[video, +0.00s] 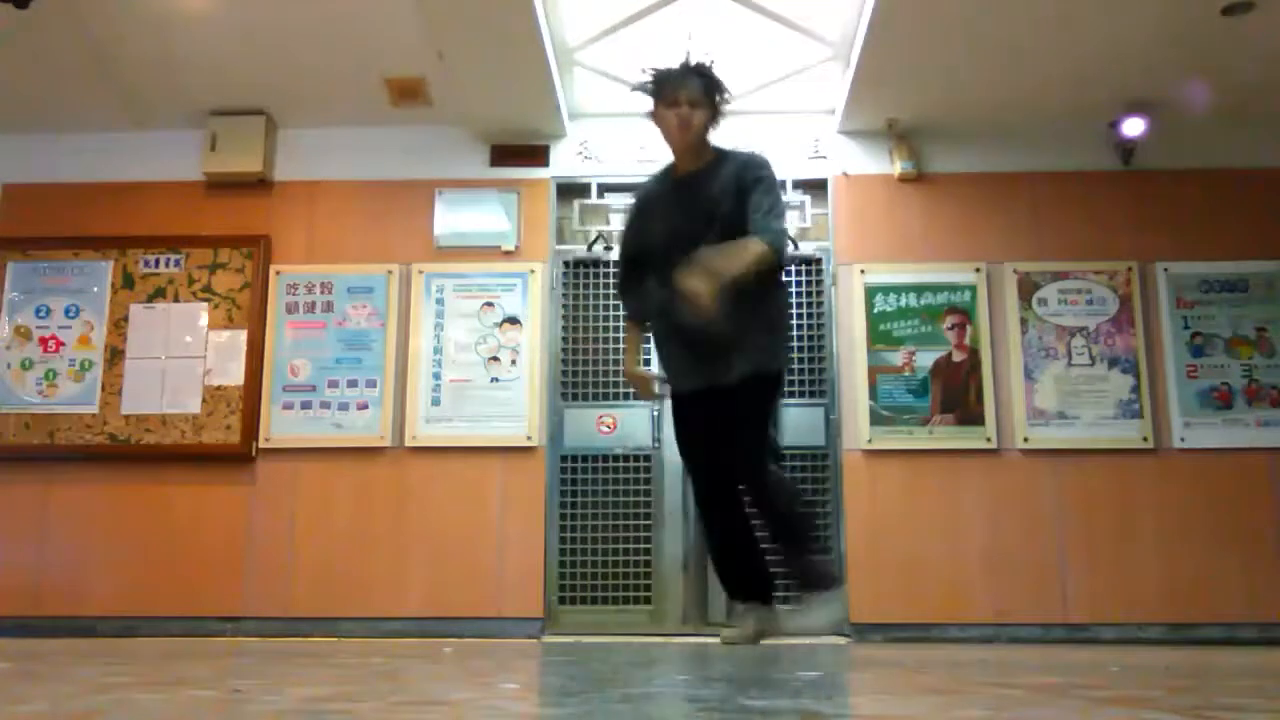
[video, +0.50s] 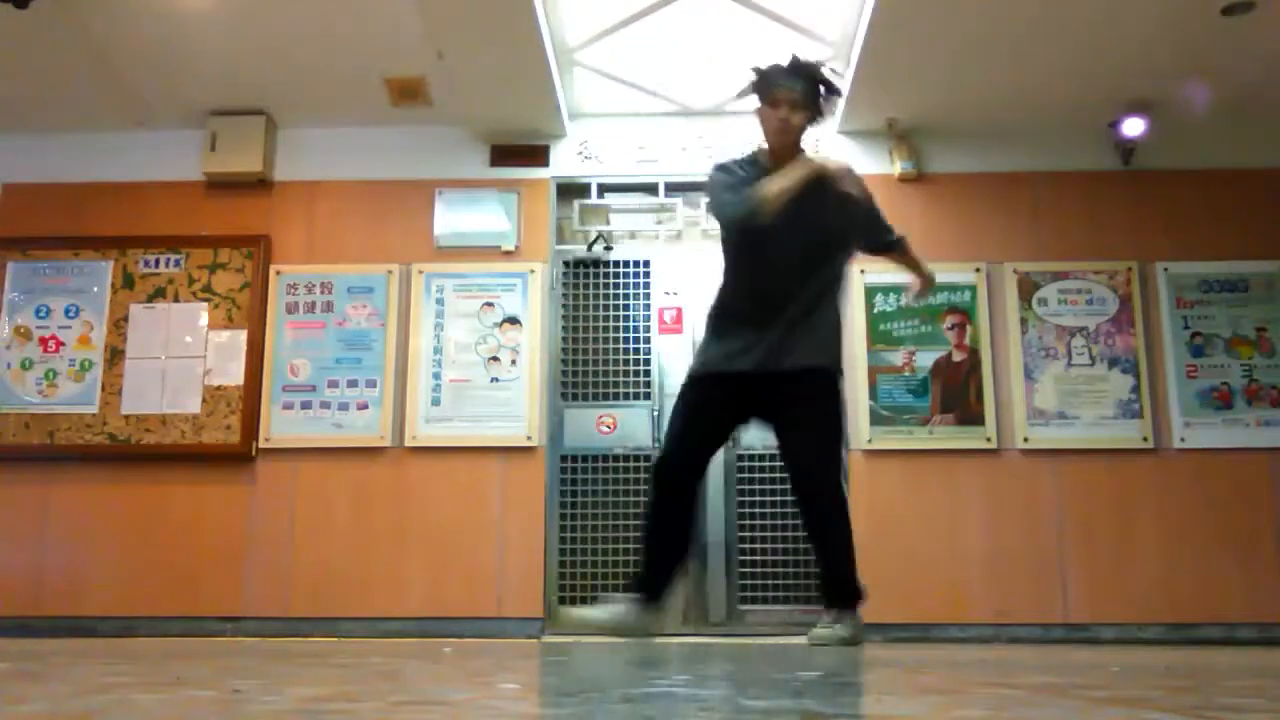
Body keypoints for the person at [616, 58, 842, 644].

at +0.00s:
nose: (679, 116)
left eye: (690, 105)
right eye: (668, 106)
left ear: (712, 113)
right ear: (656, 116)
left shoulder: (746, 171)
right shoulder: (652, 199)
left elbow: (769, 239)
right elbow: (634, 283)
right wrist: (631, 358)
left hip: (753, 355)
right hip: (689, 366)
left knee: (749, 466)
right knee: (711, 486)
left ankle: (818, 586)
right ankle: (752, 602)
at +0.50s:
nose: (778, 116)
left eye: (791, 107)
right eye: (769, 105)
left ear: (811, 116)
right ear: (757, 111)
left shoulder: (835, 184)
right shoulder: (733, 175)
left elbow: (882, 237)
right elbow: (741, 212)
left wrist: (919, 269)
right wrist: (806, 169)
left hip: (804, 363)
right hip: (729, 359)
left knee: (817, 486)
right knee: (676, 466)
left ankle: (842, 612)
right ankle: (646, 601)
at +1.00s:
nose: (815, 130)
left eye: (829, 123)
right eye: (805, 116)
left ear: (840, 138)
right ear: (783, 122)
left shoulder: (831, 202)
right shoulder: (732, 175)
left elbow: (838, 261)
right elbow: (641, 183)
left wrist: (804, 213)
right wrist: (559, 153)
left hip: (783, 363)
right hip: (729, 354)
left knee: (777, 500)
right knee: (811, 468)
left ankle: (633, 524)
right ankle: (780, 611)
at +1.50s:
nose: (730, 99)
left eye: (738, 89)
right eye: (721, 85)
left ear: (743, 97)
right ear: (693, 85)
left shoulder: (724, 171)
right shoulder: (647, 143)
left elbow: (715, 243)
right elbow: (583, 209)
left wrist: (757, 299)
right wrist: (647, 251)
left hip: (665, 322)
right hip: (607, 305)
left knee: (656, 454)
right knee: (611, 400)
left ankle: (609, 595)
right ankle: (521, 515)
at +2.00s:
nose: (640, 105)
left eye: (649, 92)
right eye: (629, 92)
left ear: (662, 79)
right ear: (606, 82)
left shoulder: (691, 130)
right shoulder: (575, 147)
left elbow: (719, 205)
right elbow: (520, 249)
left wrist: (738, 192)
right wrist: (531, 201)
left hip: (677, 320)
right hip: (601, 325)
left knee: (678, 451)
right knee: (593, 452)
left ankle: (633, 549)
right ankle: (569, 588)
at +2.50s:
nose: (711, 99)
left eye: (724, 89)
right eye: (709, 85)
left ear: (740, 84)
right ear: (693, 68)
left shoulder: (752, 128)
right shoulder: (629, 112)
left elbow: (807, 192)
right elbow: (555, 161)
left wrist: (851, 150)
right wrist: (537, 136)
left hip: (702, 310)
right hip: (624, 309)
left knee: (717, 433)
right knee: (633, 435)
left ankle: (706, 569)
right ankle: (643, 570)